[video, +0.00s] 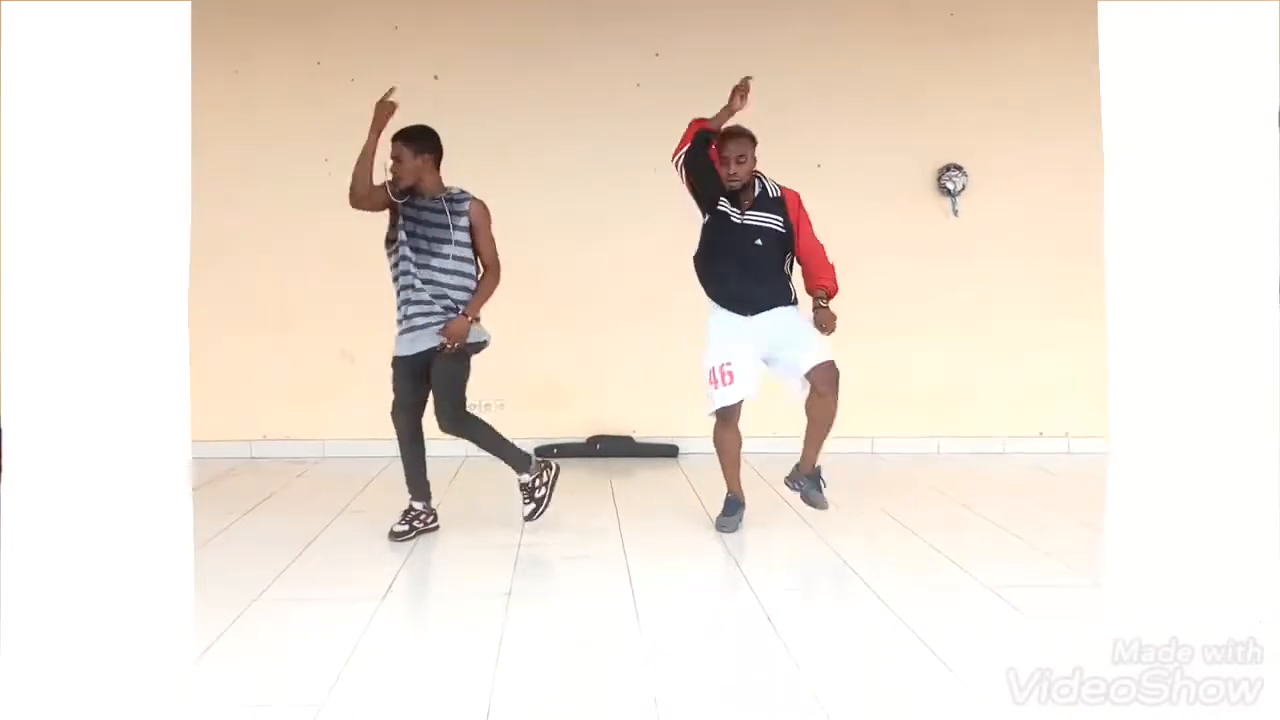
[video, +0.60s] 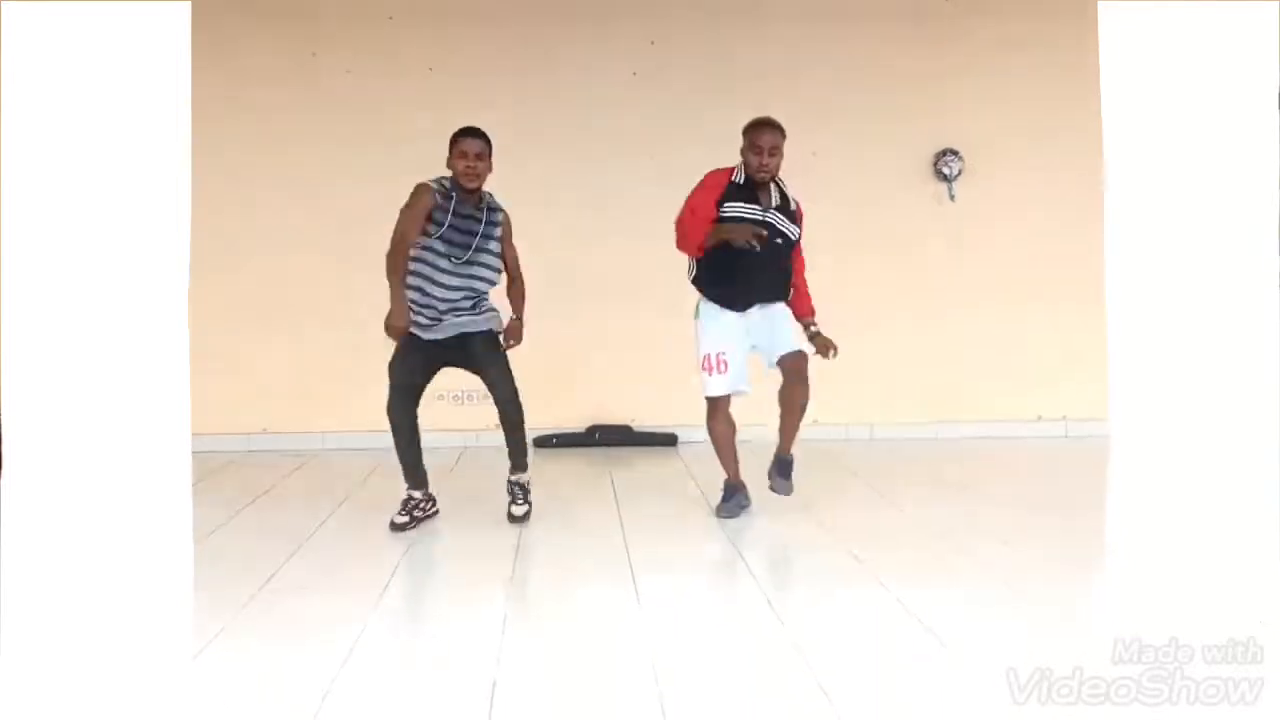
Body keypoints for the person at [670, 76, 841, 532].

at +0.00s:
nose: (733, 170)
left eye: (741, 161)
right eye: (726, 162)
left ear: (755, 160)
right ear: (716, 163)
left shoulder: (784, 200)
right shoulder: (713, 196)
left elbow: (809, 249)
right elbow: (689, 155)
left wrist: (821, 299)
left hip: (780, 316)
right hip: (729, 320)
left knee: (827, 378)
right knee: (726, 412)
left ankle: (806, 470)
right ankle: (734, 495)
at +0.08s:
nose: (704, 179)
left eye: (710, 171)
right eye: (702, 172)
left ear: (736, 167)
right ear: (709, 172)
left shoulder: (784, 201)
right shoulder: (710, 212)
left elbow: (808, 251)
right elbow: (670, 240)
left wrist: (799, 301)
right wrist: (664, 189)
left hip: (785, 323)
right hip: (736, 324)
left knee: (803, 416)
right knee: (732, 415)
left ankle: (760, 438)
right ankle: (745, 497)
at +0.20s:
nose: (696, 197)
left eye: (700, 187)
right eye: (695, 189)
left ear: (726, 184)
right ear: (720, 189)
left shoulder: (774, 210)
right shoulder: (711, 250)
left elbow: (821, 246)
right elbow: (712, 310)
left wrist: (788, 265)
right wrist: (684, 345)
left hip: (777, 335)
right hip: (732, 335)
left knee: (760, 422)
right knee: (728, 417)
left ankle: (742, 463)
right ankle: (744, 495)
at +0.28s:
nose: (705, 194)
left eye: (714, 186)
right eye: (703, 186)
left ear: (739, 187)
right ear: (706, 190)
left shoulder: (773, 219)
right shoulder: (719, 235)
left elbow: (826, 222)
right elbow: (723, 284)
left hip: (772, 335)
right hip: (727, 336)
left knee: (758, 412)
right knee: (725, 415)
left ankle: (743, 460)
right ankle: (740, 489)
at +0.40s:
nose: (743, 157)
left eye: (751, 150)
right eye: (735, 150)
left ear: (762, 151)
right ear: (723, 151)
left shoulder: (782, 178)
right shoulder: (710, 204)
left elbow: (833, 201)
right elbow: (702, 261)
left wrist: (805, 207)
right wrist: (669, 269)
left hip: (775, 306)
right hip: (728, 309)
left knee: (774, 402)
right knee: (728, 399)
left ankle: (752, 446)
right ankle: (742, 481)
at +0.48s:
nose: (751, 151)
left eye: (759, 144)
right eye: (743, 143)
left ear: (770, 147)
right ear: (731, 145)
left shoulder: (786, 185)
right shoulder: (704, 185)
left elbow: (805, 229)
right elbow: (663, 230)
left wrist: (815, 255)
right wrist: (654, 214)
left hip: (771, 303)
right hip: (725, 305)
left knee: (792, 393)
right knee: (727, 398)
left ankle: (761, 431)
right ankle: (739, 483)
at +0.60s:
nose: (765, 158)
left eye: (773, 151)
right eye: (757, 150)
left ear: (783, 155)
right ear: (743, 151)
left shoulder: (790, 208)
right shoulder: (718, 184)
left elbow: (794, 272)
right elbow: (685, 236)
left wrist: (811, 328)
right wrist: (726, 232)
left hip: (771, 307)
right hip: (719, 307)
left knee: (797, 366)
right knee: (718, 398)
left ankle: (784, 455)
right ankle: (734, 484)